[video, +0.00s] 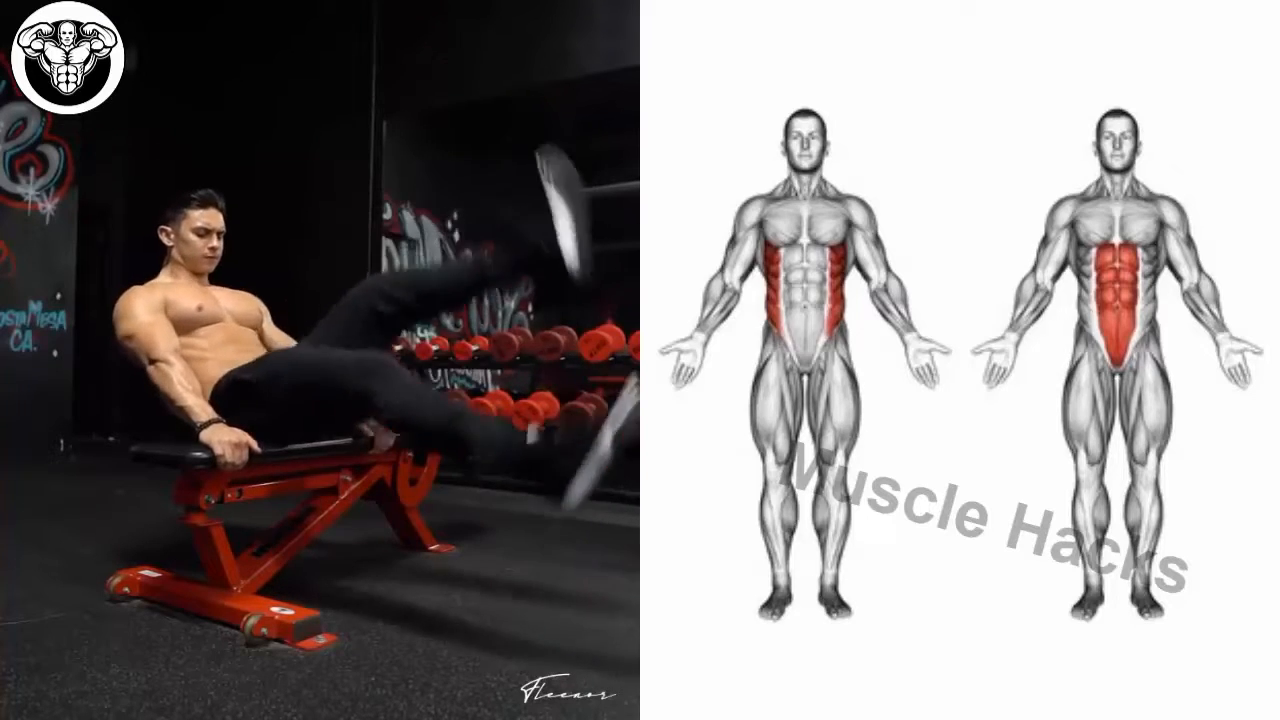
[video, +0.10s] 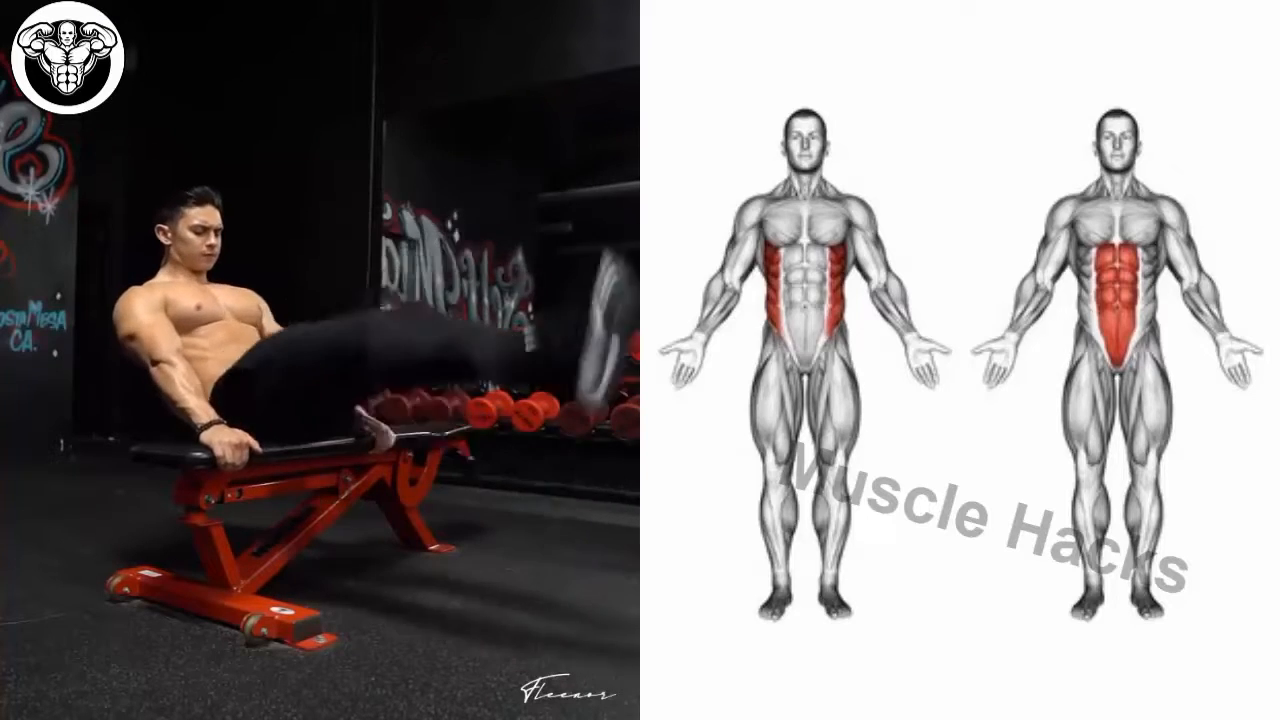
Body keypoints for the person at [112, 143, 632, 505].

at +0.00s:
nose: (214, 244)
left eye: (219, 235)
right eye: (202, 233)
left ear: (222, 242)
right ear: (168, 236)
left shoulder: (245, 299)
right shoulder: (140, 301)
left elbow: (303, 357)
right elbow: (164, 364)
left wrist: (364, 410)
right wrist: (208, 424)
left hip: (296, 383)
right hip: (242, 397)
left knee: (378, 294)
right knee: (368, 366)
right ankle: (535, 458)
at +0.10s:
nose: (211, 242)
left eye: (216, 233)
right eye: (199, 231)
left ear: (219, 239)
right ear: (165, 236)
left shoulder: (247, 297)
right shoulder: (140, 300)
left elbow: (292, 363)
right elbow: (165, 365)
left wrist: (355, 413)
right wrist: (210, 424)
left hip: (291, 396)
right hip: (238, 401)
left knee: (405, 328)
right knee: (364, 338)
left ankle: (561, 369)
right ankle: (546, 357)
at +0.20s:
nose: (213, 238)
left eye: (217, 229)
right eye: (199, 228)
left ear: (221, 235)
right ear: (166, 235)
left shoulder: (250, 294)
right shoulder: (142, 299)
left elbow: (303, 357)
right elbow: (166, 364)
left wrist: (360, 421)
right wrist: (210, 424)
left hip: (305, 401)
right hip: (246, 400)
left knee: (430, 369)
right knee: (346, 295)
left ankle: (574, 470)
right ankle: (529, 262)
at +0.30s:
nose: (217, 237)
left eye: (223, 228)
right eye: (204, 227)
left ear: (226, 232)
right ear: (171, 231)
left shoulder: (251, 291)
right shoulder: (144, 297)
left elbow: (299, 340)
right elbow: (166, 366)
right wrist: (210, 426)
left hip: (304, 395)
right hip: (243, 393)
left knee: (427, 416)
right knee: (337, 281)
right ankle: (487, 206)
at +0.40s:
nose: (219, 238)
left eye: (224, 229)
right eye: (206, 228)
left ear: (227, 234)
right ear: (171, 230)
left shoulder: (252, 289)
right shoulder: (144, 296)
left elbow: (305, 330)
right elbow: (164, 367)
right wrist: (209, 427)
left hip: (301, 392)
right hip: (241, 388)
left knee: (428, 421)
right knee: (334, 281)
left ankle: (529, 572)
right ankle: (480, 200)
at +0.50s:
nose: (215, 239)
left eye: (221, 230)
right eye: (202, 229)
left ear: (225, 235)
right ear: (168, 232)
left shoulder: (251, 293)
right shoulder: (143, 298)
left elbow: (302, 350)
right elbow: (163, 366)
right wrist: (210, 426)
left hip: (302, 396)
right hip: (242, 393)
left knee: (425, 398)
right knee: (336, 299)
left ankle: (539, 532)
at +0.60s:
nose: (214, 241)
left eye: (220, 232)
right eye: (202, 230)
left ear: (224, 236)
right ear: (169, 233)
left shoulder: (249, 294)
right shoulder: (142, 296)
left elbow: (303, 360)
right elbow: (166, 364)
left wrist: (361, 418)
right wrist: (210, 424)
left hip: (300, 402)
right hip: (242, 401)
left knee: (432, 372)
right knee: (346, 333)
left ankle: (568, 439)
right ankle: (505, 368)